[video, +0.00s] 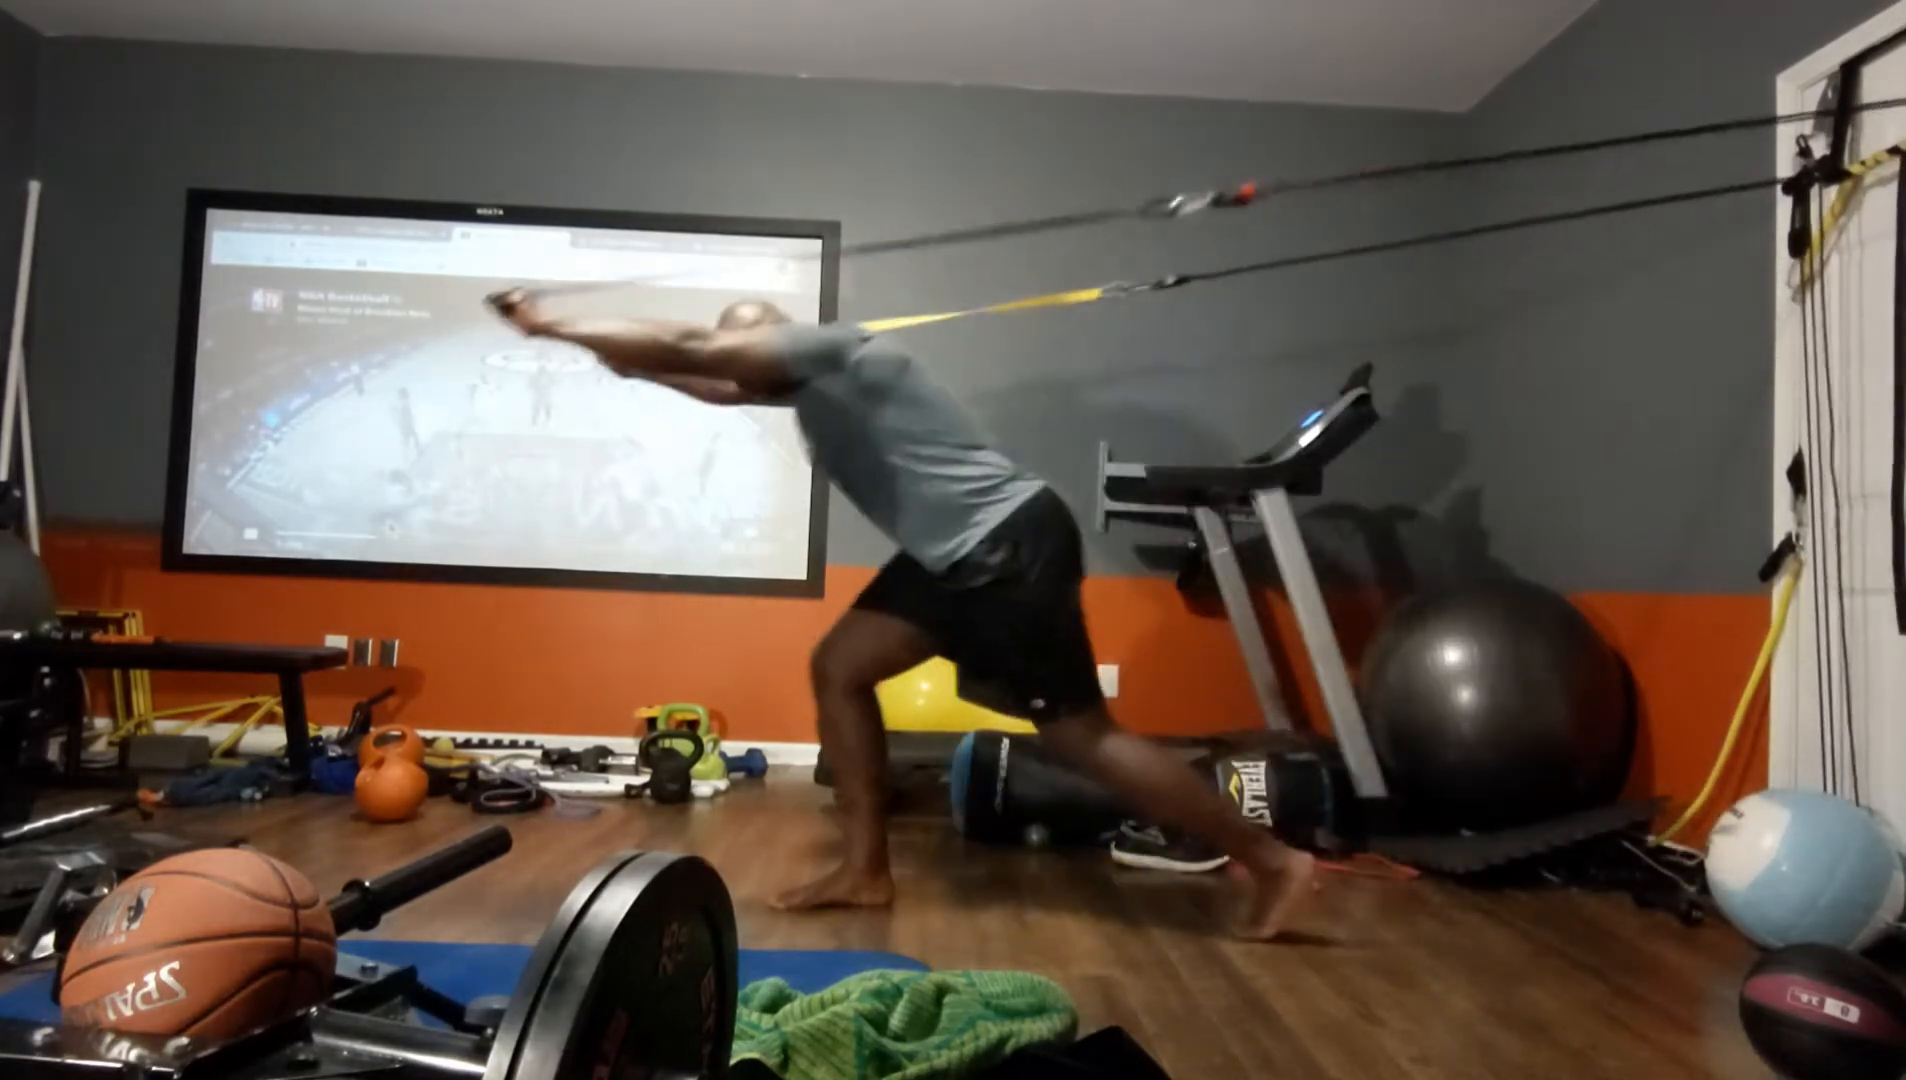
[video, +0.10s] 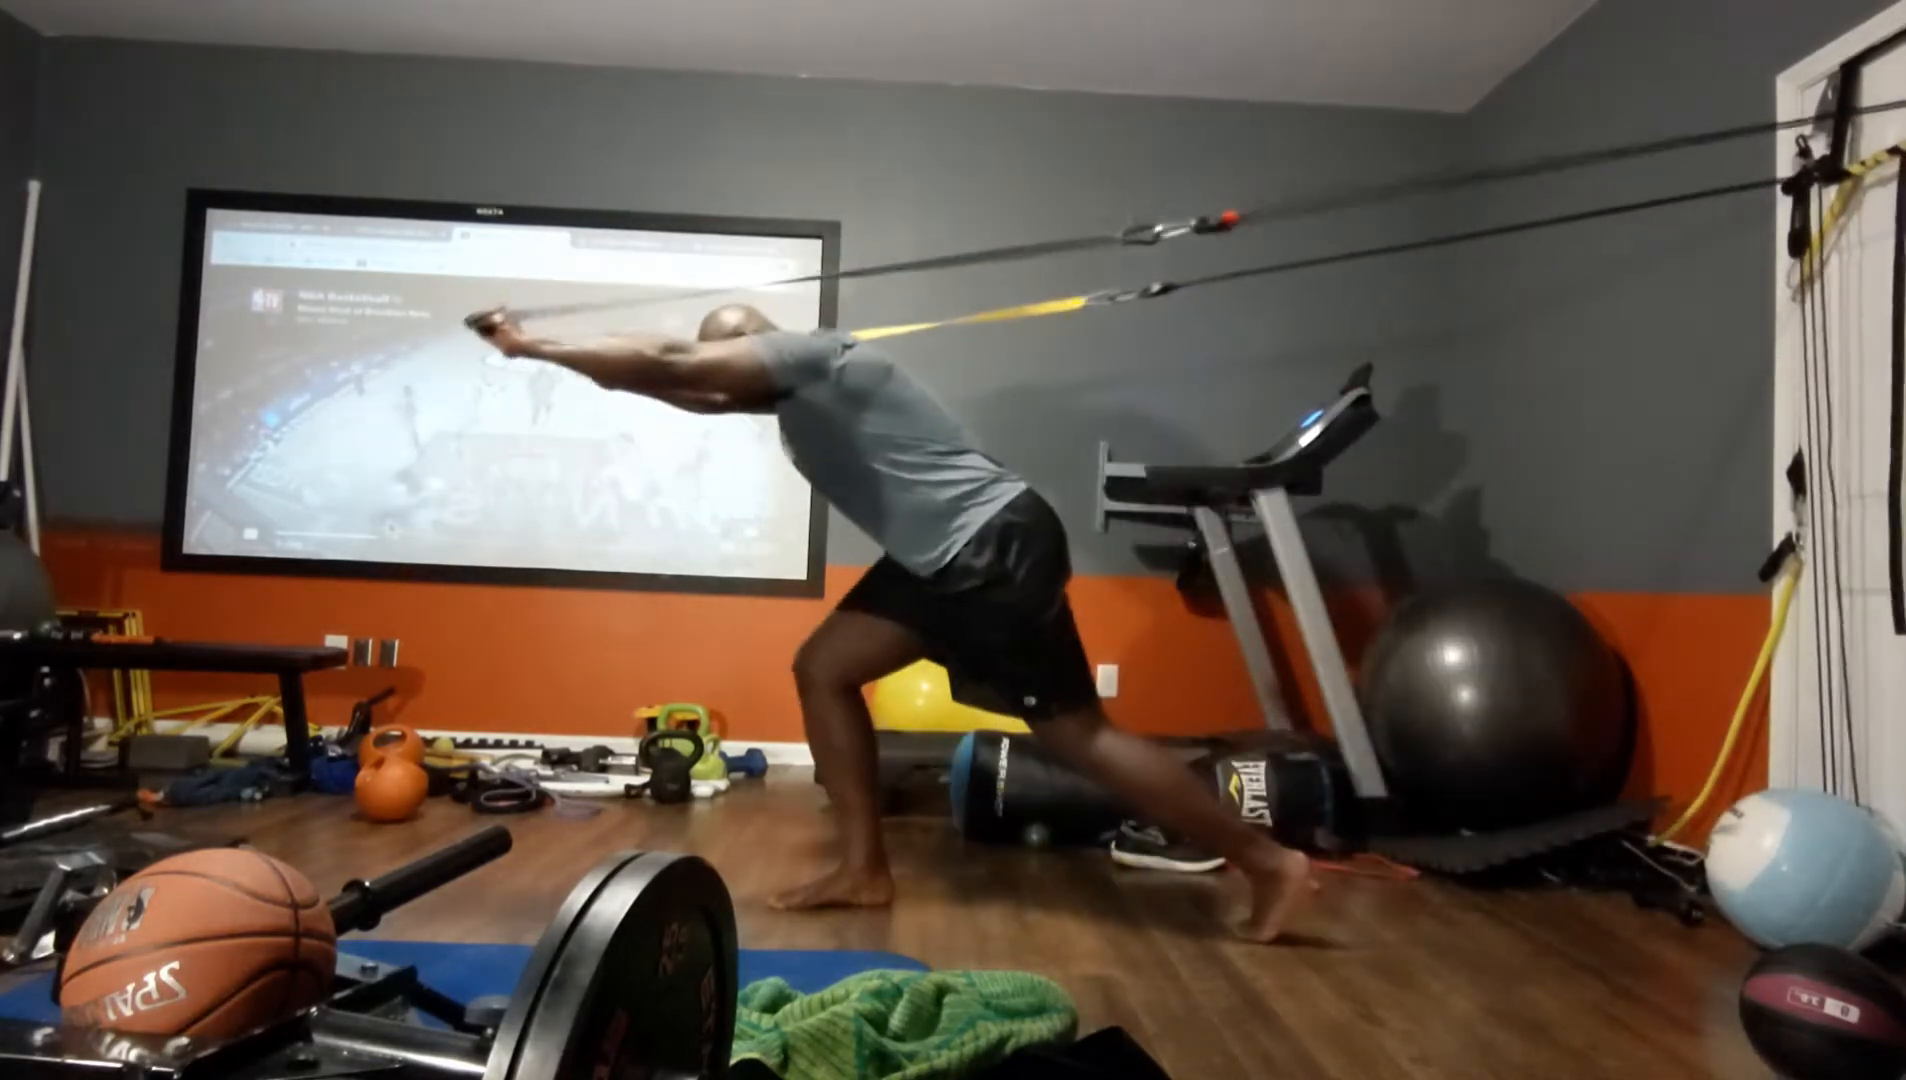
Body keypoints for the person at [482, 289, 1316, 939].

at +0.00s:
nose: (723, 375)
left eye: (725, 353)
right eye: (716, 360)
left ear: (761, 329)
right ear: (760, 339)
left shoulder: (835, 350)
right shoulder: (822, 382)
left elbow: (698, 352)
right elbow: (702, 381)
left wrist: (564, 327)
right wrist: (588, 345)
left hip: (1013, 544)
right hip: (943, 559)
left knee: (1084, 742)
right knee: (838, 667)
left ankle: (1273, 861)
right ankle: (860, 871)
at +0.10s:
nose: (705, 383)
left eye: (708, 364)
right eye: (702, 371)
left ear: (741, 337)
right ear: (754, 346)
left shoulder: (805, 356)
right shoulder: (816, 378)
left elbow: (669, 376)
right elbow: (676, 383)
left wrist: (533, 346)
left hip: (993, 544)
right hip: (934, 556)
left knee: (1080, 741)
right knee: (822, 667)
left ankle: (1267, 861)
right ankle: (860, 871)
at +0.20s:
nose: (702, 383)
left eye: (706, 365)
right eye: (698, 370)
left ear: (739, 340)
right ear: (752, 347)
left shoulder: (807, 359)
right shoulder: (817, 376)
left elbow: (671, 379)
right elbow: (674, 382)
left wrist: (532, 348)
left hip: (991, 549)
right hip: (935, 558)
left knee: (1078, 743)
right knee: (819, 670)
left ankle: (1266, 860)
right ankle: (859, 870)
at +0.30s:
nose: (716, 381)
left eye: (718, 361)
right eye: (710, 369)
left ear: (750, 333)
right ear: (761, 341)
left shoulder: (813, 354)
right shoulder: (818, 380)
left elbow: (691, 372)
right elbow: (693, 389)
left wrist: (549, 338)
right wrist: (586, 358)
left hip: (995, 551)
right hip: (933, 561)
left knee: (1080, 742)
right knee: (820, 671)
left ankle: (1261, 859)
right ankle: (859, 872)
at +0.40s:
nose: (727, 362)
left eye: (730, 344)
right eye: (721, 349)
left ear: (766, 323)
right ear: (772, 328)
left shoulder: (841, 345)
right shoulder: (823, 380)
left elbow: (702, 347)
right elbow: (715, 382)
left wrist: (562, 323)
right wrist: (622, 356)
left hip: (1006, 551)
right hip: (941, 562)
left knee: (1082, 743)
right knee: (827, 671)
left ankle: (1270, 866)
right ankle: (858, 871)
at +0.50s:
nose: (757, 330)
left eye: (762, 316)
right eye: (757, 318)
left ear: (801, 299)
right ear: (804, 304)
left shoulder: (868, 328)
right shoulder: (845, 371)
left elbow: (732, 336)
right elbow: (744, 376)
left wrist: (594, 315)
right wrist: (651, 351)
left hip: (1024, 545)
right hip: (958, 558)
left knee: (1097, 749)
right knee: (842, 667)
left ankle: (1280, 867)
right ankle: (861, 872)